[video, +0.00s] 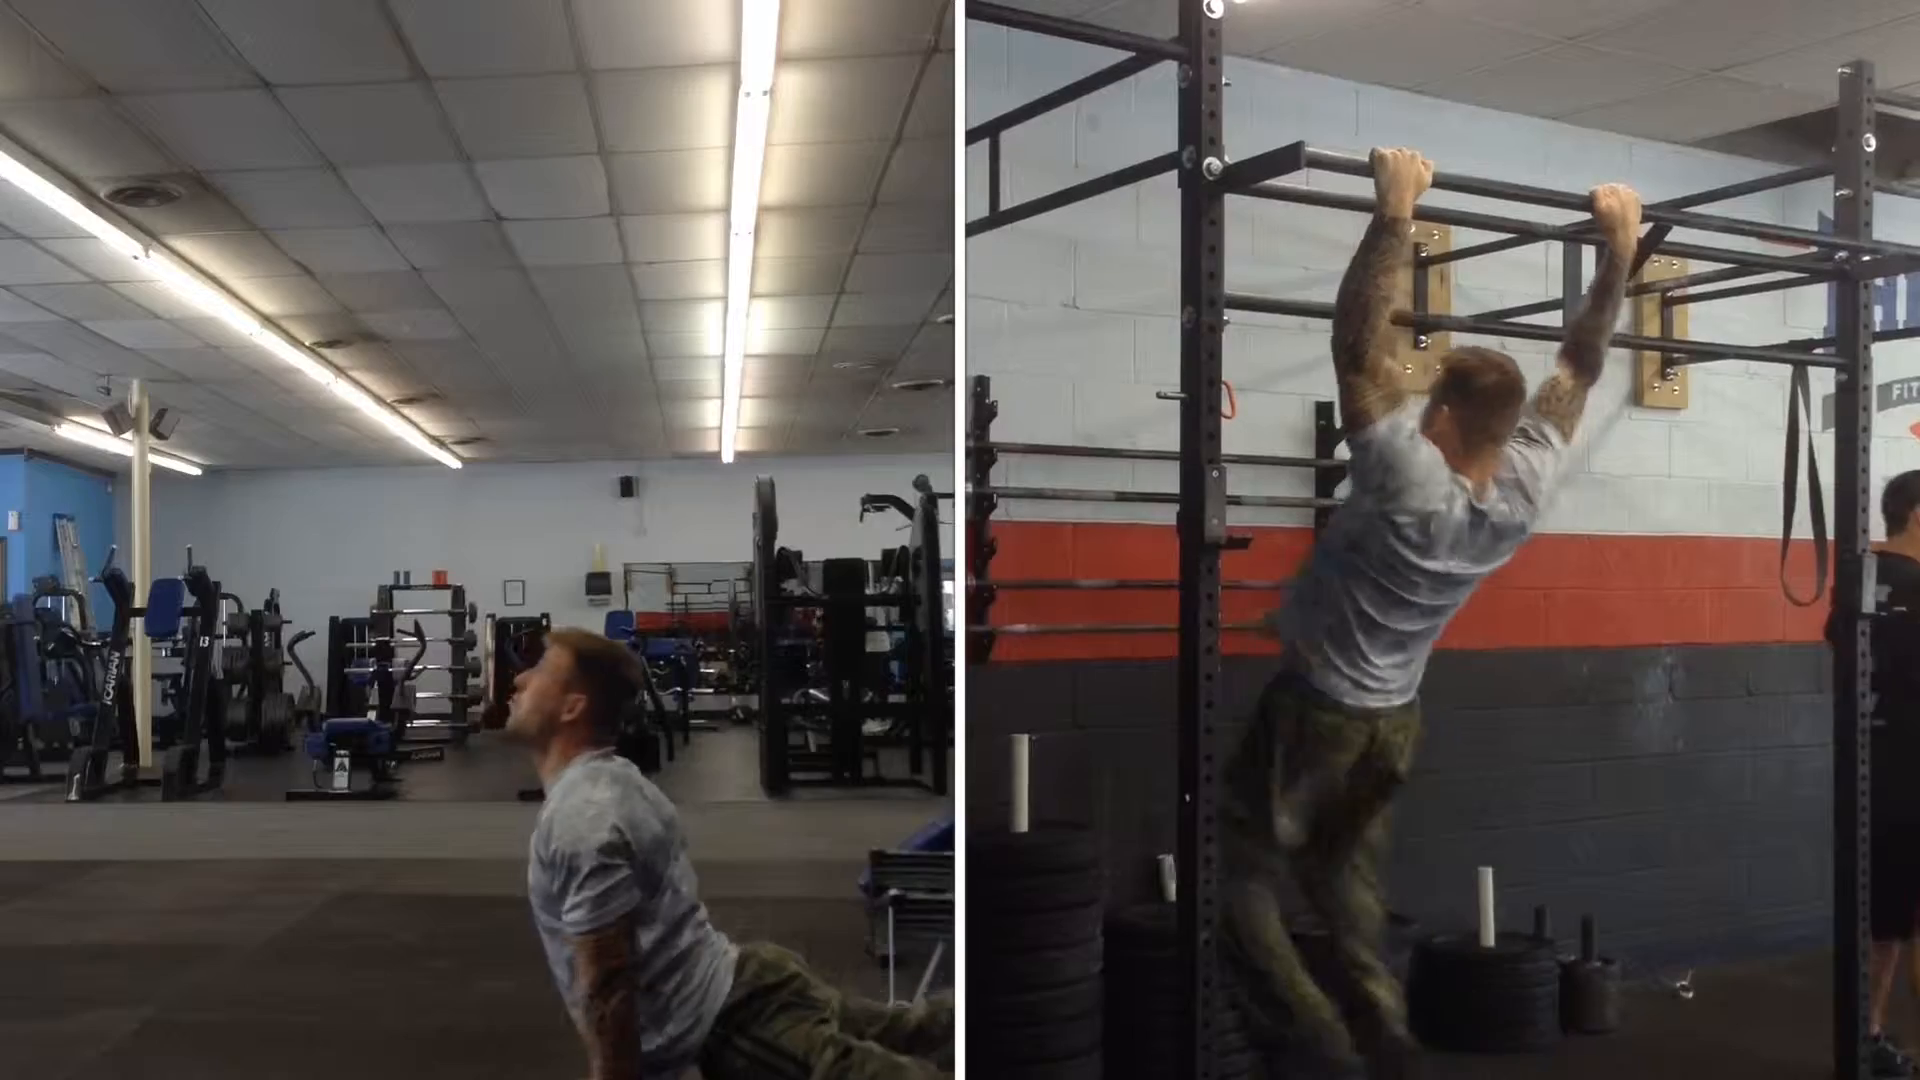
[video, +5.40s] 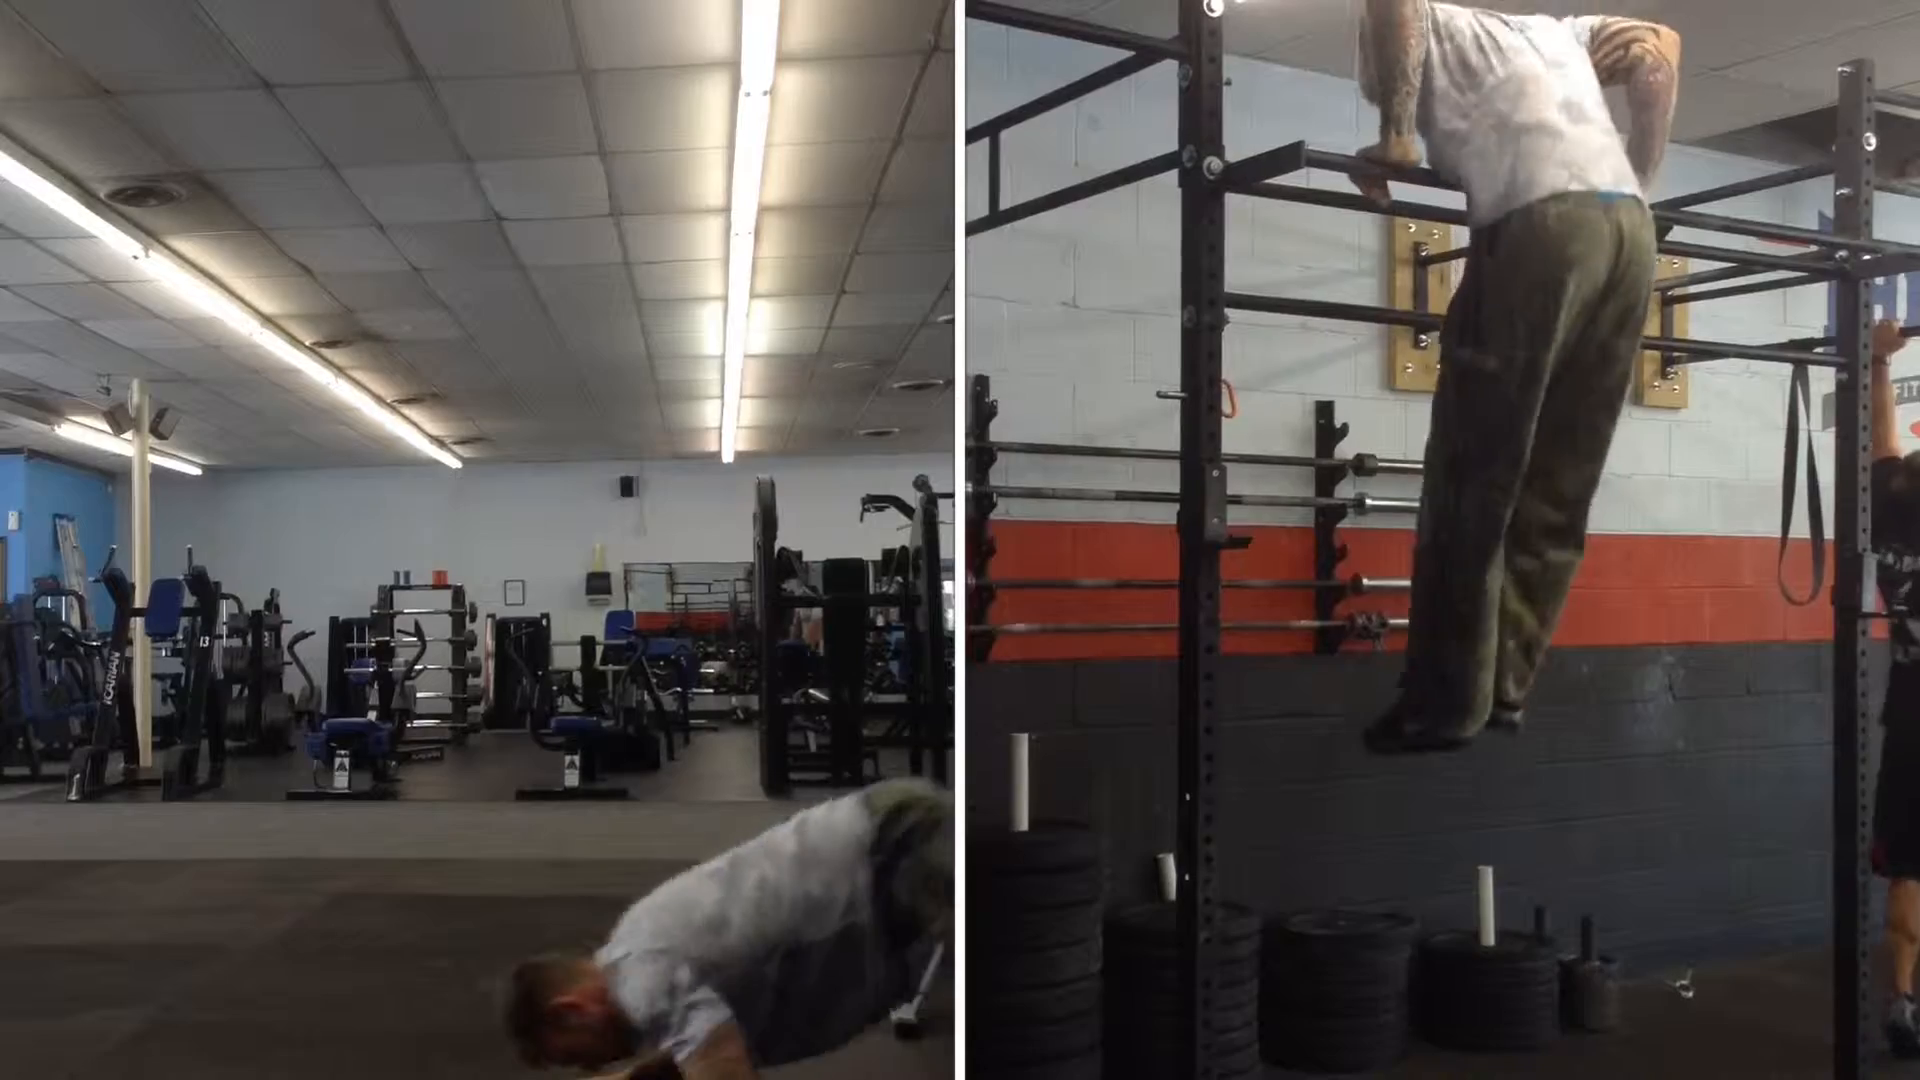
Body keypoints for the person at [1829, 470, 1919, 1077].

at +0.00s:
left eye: (1919, 511)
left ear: (1892, 514)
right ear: (1913, 515)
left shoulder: (1861, 570)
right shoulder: (1895, 573)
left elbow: (1838, 645)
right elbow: (1844, 650)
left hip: (1875, 760)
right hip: (1899, 762)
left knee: (1888, 900)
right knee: (1892, 903)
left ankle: (1872, 1030)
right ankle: (1872, 1031)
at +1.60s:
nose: (1850, 525)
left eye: (1844, 513)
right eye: (1845, 514)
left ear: (1784, 519)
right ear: (1827, 515)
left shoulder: (1750, 587)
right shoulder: (1858, 581)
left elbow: (1735, 658)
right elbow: (1908, 681)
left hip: (1781, 780)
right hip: (1859, 783)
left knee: (1795, 922)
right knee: (1885, 919)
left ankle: (1803, 1054)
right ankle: (1890, 1057)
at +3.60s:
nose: (1907, 517)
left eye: (1903, 505)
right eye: (1901, 507)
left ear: (1841, 517)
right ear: (1876, 517)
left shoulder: (1805, 588)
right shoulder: (1905, 588)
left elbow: (1803, 671)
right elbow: (1911, 686)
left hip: (1824, 777)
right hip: (1897, 781)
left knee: (1819, 926)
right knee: (1898, 938)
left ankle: (1812, 1057)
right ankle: (1901, 1068)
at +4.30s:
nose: (1893, 536)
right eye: (1898, 525)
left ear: (1846, 525)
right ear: (1899, 527)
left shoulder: (1818, 588)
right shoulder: (1912, 586)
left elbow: (1825, 644)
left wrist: (1841, 571)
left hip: (1848, 763)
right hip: (1908, 762)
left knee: (1830, 901)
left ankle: (1817, 1042)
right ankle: (1820, 1036)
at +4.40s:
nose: (1917, 530)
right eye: (1915, 520)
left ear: (1865, 527)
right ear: (1911, 527)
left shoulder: (1845, 584)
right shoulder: (1910, 580)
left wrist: (1839, 533)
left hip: (1865, 762)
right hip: (1903, 761)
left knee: (1851, 894)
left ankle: (1822, 1025)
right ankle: (1823, 1023)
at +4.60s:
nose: (1897, 520)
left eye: (1897, 513)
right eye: (1904, 512)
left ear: (1887, 533)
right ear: (1910, 533)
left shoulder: (1884, 577)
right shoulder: (1890, 575)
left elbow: (1850, 502)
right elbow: (1851, 500)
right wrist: (1875, 428)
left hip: (1891, 743)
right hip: (1901, 743)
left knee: (1905, 889)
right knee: (1905, 889)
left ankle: (1883, 1010)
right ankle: (1882, 1010)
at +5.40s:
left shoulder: (1901, 504)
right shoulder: (1898, 504)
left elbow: (1884, 463)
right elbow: (1886, 464)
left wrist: (1876, 368)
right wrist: (1879, 368)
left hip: (1911, 681)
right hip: (1909, 681)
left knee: (1907, 854)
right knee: (1905, 852)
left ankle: (1904, 1000)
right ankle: (1903, 1000)